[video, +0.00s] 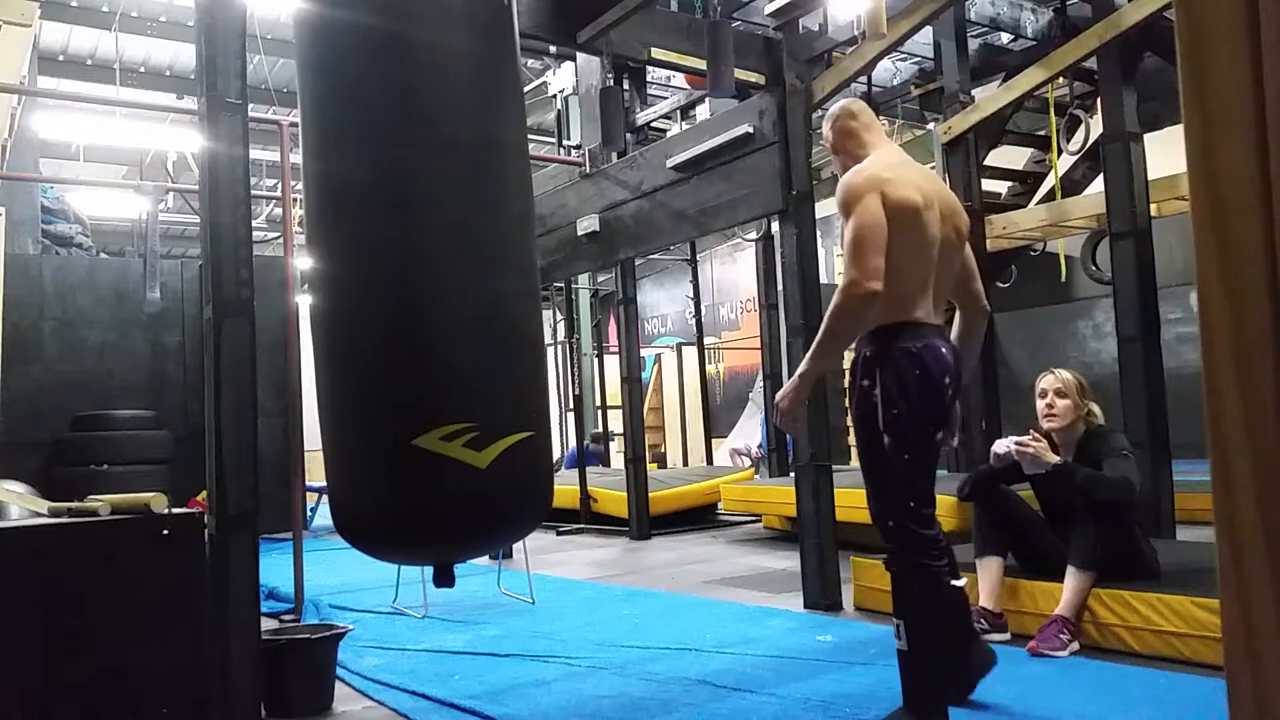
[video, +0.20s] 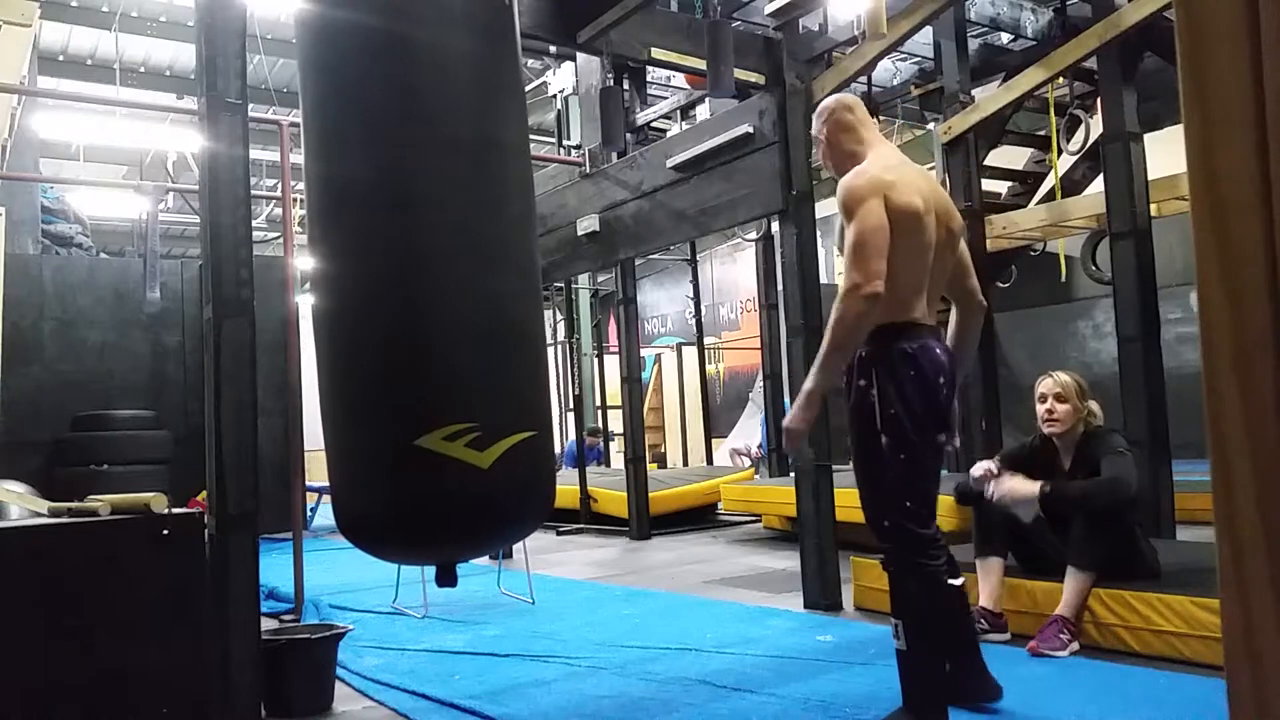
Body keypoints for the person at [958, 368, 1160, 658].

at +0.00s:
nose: (1048, 402)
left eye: (1060, 394)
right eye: (1042, 395)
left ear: (1081, 405)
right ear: (1035, 406)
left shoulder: (1108, 441)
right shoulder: (1035, 450)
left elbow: (1125, 488)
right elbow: (966, 492)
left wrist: (1055, 463)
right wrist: (994, 465)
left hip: (1121, 561)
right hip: (1063, 560)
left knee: (1094, 502)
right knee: (989, 493)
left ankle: (1064, 620)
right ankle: (989, 612)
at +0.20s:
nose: (1049, 407)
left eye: (1060, 399)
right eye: (1042, 400)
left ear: (1081, 408)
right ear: (1035, 409)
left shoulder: (1106, 442)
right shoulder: (1034, 450)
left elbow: (1120, 488)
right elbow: (964, 494)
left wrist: (1038, 490)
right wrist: (977, 481)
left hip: (1120, 560)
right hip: (1059, 557)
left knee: (1093, 501)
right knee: (988, 499)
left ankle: (1065, 620)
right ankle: (989, 612)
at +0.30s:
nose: (1046, 408)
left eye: (1057, 400)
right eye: (1039, 401)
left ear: (1078, 409)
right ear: (1032, 409)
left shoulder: (1103, 442)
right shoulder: (1031, 449)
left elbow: (1113, 487)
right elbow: (962, 486)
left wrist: (1035, 506)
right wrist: (984, 492)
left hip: (1117, 558)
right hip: (1055, 556)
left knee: (1092, 506)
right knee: (991, 505)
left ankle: (1064, 621)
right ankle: (990, 613)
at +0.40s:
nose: (1040, 409)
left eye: (1052, 401)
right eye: (1034, 402)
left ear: (1075, 409)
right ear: (1028, 411)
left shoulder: (1102, 442)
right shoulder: (1029, 449)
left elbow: (1104, 487)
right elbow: (965, 481)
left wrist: (1026, 514)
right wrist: (994, 496)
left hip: (1116, 557)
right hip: (1054, 554)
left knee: (1093, 504)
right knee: (993, 505)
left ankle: (1063, 620)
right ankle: (990, 614)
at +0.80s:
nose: (1028, 409)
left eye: (1039, 400)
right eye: (1028, 401)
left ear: (1070, 406)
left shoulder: (1105, 441)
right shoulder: (1033, 448)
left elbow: (1104, 488)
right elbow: (973, 480)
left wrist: (1029, 519)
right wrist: (1001, 505)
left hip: (1118, 557)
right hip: (1058, 555)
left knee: (1094, 506)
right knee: (986, 506)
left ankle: (1063, 621)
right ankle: (988, 616)